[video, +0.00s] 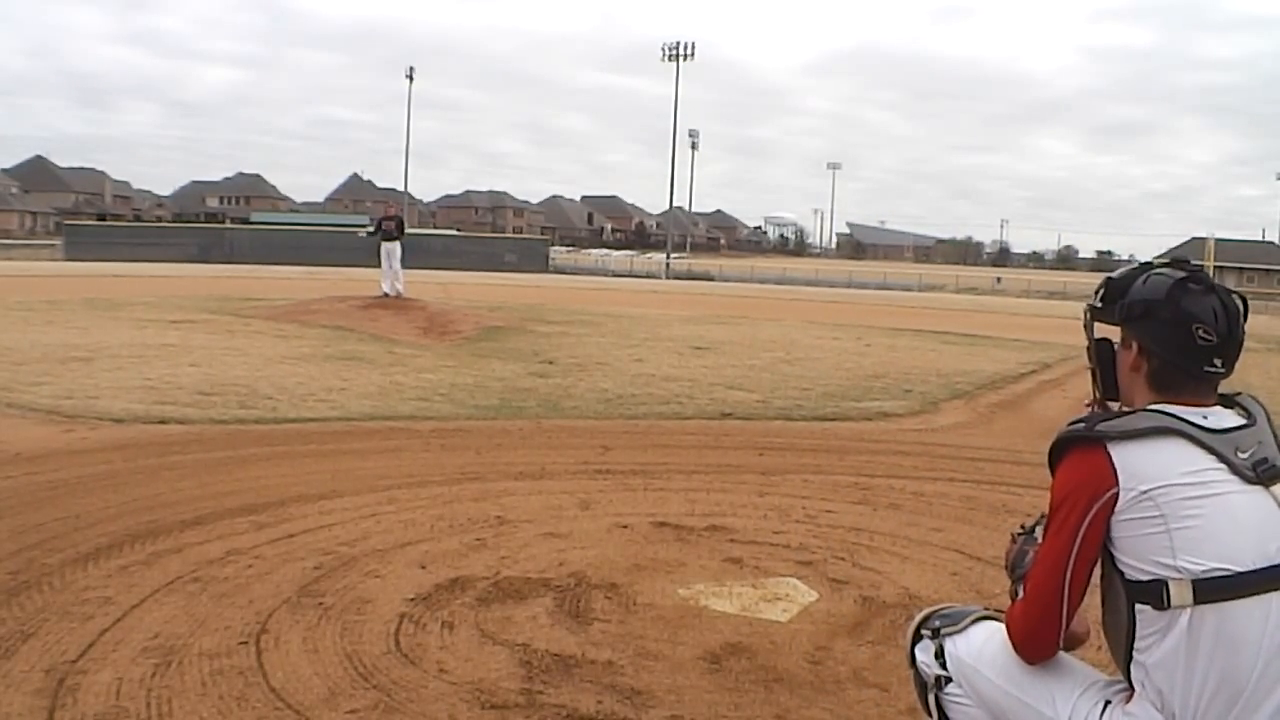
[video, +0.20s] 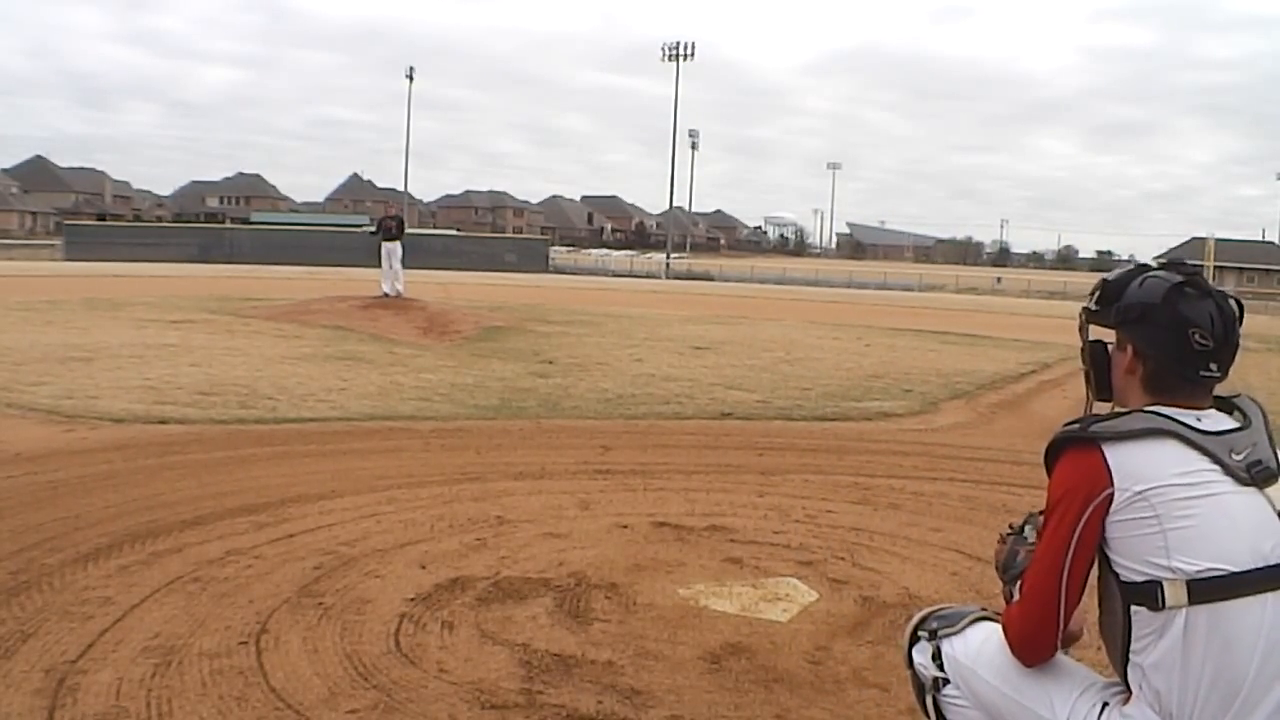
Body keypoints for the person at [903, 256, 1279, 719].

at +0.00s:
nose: (1112, 352)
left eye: (1117, 340)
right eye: (1115, 339)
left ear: (1134, 356)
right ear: (1215, 362)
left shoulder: (1104, 452)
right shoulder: (1255, 430)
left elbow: (1033, 643)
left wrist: (1033, 571)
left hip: (1164, 714)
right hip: (1263, 706)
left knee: (943, 641)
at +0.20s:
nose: (1106, 354)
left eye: (1112, 342)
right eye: (1110, 341)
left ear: (1129, 358)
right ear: (1209, 362)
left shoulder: (1100, 454)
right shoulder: (1252, 429)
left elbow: (1031, 645)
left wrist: (1023, 574)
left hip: (1163, 716)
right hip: (1262, 708)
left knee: (941, 641)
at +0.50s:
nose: (1103, 360)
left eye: (1108, 348)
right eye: (1106, 346)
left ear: (1126, 362)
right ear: (1208, 366)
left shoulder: (1099, 456)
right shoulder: (1252, 433)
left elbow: (1033, 648)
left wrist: (1021, 561)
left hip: (1163, 717)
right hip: (1262, 708)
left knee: (942, 641)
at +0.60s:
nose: (1105, 360)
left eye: (1110, 348)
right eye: (1109, 346)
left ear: (1127, 363)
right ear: (1210, 367)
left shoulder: (1100, 456)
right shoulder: (1253, 434)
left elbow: (1033, 649)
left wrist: (1030, 557)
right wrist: (1107, 606)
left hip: (1161, 717)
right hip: (1262, 709)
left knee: (943, 640)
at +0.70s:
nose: (1108, 360)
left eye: (1113, 349)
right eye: (1111, 347)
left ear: (1130, 364)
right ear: (1210, 368)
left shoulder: (1102, 458)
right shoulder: (1255, 434)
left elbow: (1032, 652)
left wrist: (1038, 546)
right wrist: (1096, 603)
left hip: (1161, 713)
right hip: (1261, 705)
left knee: (942, 640)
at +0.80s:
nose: (1112, 360)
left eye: (1117, 349)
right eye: (1115, 348)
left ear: (1134, 364)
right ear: (1213, 369)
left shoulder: (1105, 459)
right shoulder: (1256, 434)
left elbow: (1036, 653)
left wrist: (1053, 570)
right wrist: (1097, 598)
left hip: (1168, 712)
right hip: (1262, 704)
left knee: (943, 640)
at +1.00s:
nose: (1118, 362)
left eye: (1123, 350)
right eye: (1120, 348)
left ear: (1142, 365)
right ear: (1221, 368)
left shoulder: (1115, 457)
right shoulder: (1263, 438)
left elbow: (1041, 650)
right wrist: (1118, 593)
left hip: (1171, 715)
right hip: (1264, 708)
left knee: (946, 640)